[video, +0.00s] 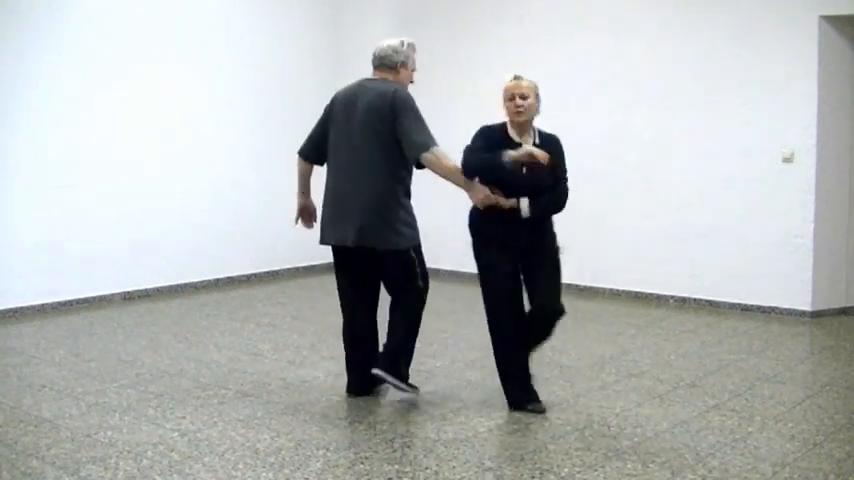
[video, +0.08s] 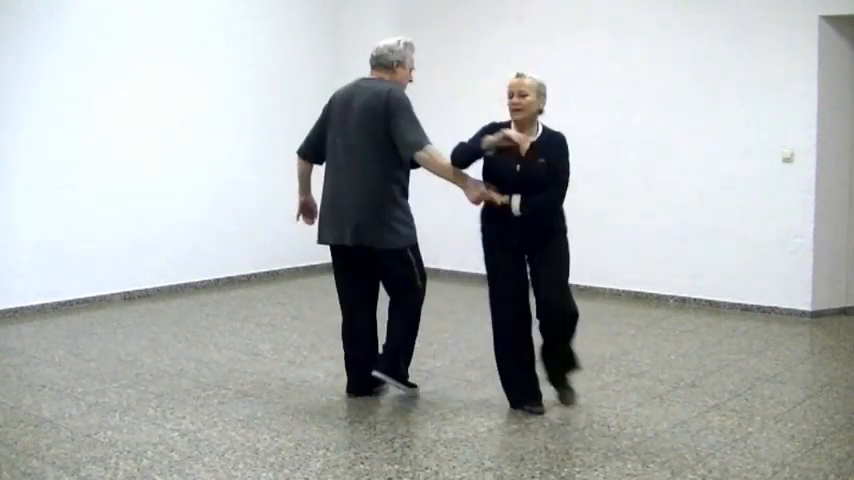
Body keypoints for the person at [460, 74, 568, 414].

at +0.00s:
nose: (517, 103)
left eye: (524, 97)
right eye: (511, 98)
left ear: (537, 103)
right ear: (504, 104)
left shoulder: (550, 144)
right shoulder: (488, 136)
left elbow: (559, 197)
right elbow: (470, 166)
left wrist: (514, 203)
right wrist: (513, 156)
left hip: (537, 236)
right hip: (494, 237)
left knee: (549, 308)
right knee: (506, 316)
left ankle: (513, 348)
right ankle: (520, 397)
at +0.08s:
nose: (515, 101)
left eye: (523, 96)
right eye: (511, 96)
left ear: (540, 102)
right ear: (506, 101)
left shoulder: (554, 143)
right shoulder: (492, 133)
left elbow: (554, 197)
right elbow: (457, 159)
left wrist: (506, 200)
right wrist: (489, 142)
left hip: (546, 236)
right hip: (501, 237)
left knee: (558, 307)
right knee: (510, 315)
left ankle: (558, 370)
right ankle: (522, 396)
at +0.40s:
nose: (511, 99)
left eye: (517, 94)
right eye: (513, 93)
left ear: (536, 100)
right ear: (535, 100)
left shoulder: (547, 140)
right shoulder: (532, 133)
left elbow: (517, 194)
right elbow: (492, 138)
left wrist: (482, 180)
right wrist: (475, 107)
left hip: (564, 238)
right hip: (548, 237)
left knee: (545, 319)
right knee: (536, 318)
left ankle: (584, 393)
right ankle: (554, 396)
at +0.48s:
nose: (517, 96)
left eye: (522, 91)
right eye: (519, 90)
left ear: (538, 98)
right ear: (545, 99)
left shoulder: (541, 139)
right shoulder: (560, 130)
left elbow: (510, 191)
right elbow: (521, 139)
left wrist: (480, 175)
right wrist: (495, 106)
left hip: (555, 240)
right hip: (573, 235)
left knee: (536, 318)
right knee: (557, 315)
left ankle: (577, 395)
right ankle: (557, 394)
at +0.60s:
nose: (528, 104)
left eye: (532, 97)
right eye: (530, 97)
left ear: (548, 104)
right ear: (563, 105)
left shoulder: (543, 142)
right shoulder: (584, 137)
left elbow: (503, 192)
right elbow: (554, 163)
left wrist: (467, 175)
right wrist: (527, 139)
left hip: (557, 243)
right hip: (593, 239)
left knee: (542, 324)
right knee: (572, 320)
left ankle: (568, 412)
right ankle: (559, 398)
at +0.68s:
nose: (535, 109)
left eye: (539, 104)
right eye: (538, 102)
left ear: (553, 110)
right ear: (572, 111)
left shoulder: (544, 148)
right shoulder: (597, 144)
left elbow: (498, 196)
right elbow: (611, 185)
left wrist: (459, 184)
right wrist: (564, 189)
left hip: (559, 244)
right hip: (601, 242)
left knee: (549, 328)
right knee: (573, 323)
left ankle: (570, 418)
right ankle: (559, 397)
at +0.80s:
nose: (545, 113)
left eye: (548, 107)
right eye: (547, 107)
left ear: (559, 111)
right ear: (585, 113)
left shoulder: (545, 147)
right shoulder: (612, 148)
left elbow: (501, 196)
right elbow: (642, 196)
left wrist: (462, 193)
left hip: (558, 252)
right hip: (607, 253)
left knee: (558, 332)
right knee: (590, 327)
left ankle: (572, 422)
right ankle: (572, 403)